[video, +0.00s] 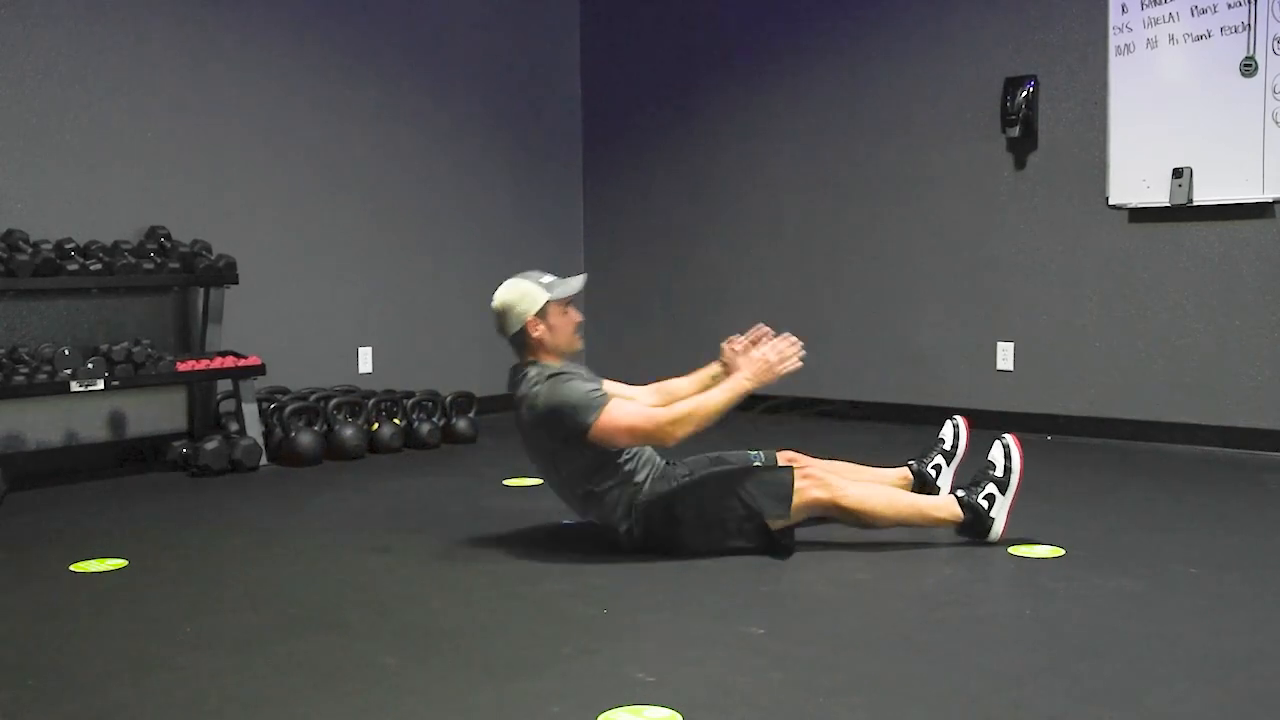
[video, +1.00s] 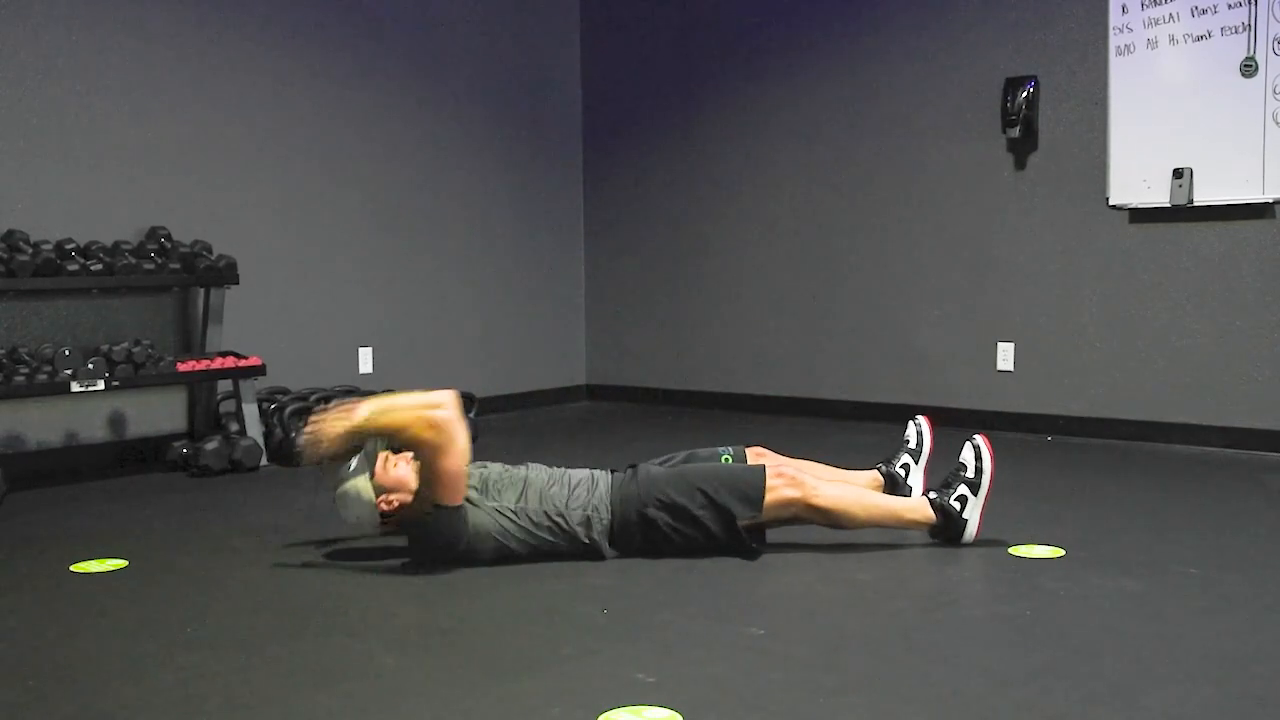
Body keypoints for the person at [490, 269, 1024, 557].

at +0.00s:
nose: (576, 313)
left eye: (570, 304)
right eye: (564, 307)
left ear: (541, 325)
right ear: (536, 327)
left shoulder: (561, 374)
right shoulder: (551, 394)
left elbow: (649, 398)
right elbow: (663, 429)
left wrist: (720, 365)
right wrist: (747, 379)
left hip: (660, 477)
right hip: (647, 505)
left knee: (796, 462)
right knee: (812, 485)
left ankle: (920, 477)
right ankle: (970, 513)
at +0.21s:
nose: (503, 363)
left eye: (495, 356)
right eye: (489, 361)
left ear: (474, 380)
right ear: (464, 386)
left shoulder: (508, 416)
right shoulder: (499, 440)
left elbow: (591, 407)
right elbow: (608, 429)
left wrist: (614, 332)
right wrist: (627, 334)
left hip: (641, 483)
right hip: (636, 508)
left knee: (776, 467)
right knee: (797, 496)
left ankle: (908, 479)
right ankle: (950, 513)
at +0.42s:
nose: (432, 441)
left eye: (424, 434)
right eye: (417, 446)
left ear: (431, 442)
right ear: (412, 474)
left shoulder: (461, 477)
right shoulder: (463, 507)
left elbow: (525, 423)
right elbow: (524, 427)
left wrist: (465, 361)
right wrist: (462, 365)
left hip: (625, 484)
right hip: (625, 509)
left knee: (766, 459)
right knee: (788, 492)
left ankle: (893, 483)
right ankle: (943, 515)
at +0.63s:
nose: (381, 491)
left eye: (377, 481)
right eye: (371, 494)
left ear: (397, 476)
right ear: (385, 505)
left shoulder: (444, 490)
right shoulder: (436, 516)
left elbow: (422, 413)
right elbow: (422, 417)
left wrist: (338, 450)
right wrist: (331, 451)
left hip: (623, 485)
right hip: (620, 513)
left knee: (768, 461)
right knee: (784, 486)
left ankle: (896, 484)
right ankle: (940, 516)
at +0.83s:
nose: (386, 486)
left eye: (379, 479)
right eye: (380, 485)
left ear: (383, 499)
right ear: (382, 514)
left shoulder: (442, 501)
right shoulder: (430, 527)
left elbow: (388, 434)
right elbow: (375, 436)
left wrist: (319, 498)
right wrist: (311, 508)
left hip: (624, 483)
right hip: (623, 510)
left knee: (764, 459)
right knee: (783, 488)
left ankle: (896, 489)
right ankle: (940, 518)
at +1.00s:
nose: (395, 468)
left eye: (386, 466)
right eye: (383, 472)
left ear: (396, 475)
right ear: (386, 497)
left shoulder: (439, 493)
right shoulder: (436, 523)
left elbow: (445, 407)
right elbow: (444, 412)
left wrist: (357, 415)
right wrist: (354, 423)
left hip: (624, 485)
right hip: (622, 513)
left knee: (764, 458)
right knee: (785, 484)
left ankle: (894, 488)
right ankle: (938, 516)